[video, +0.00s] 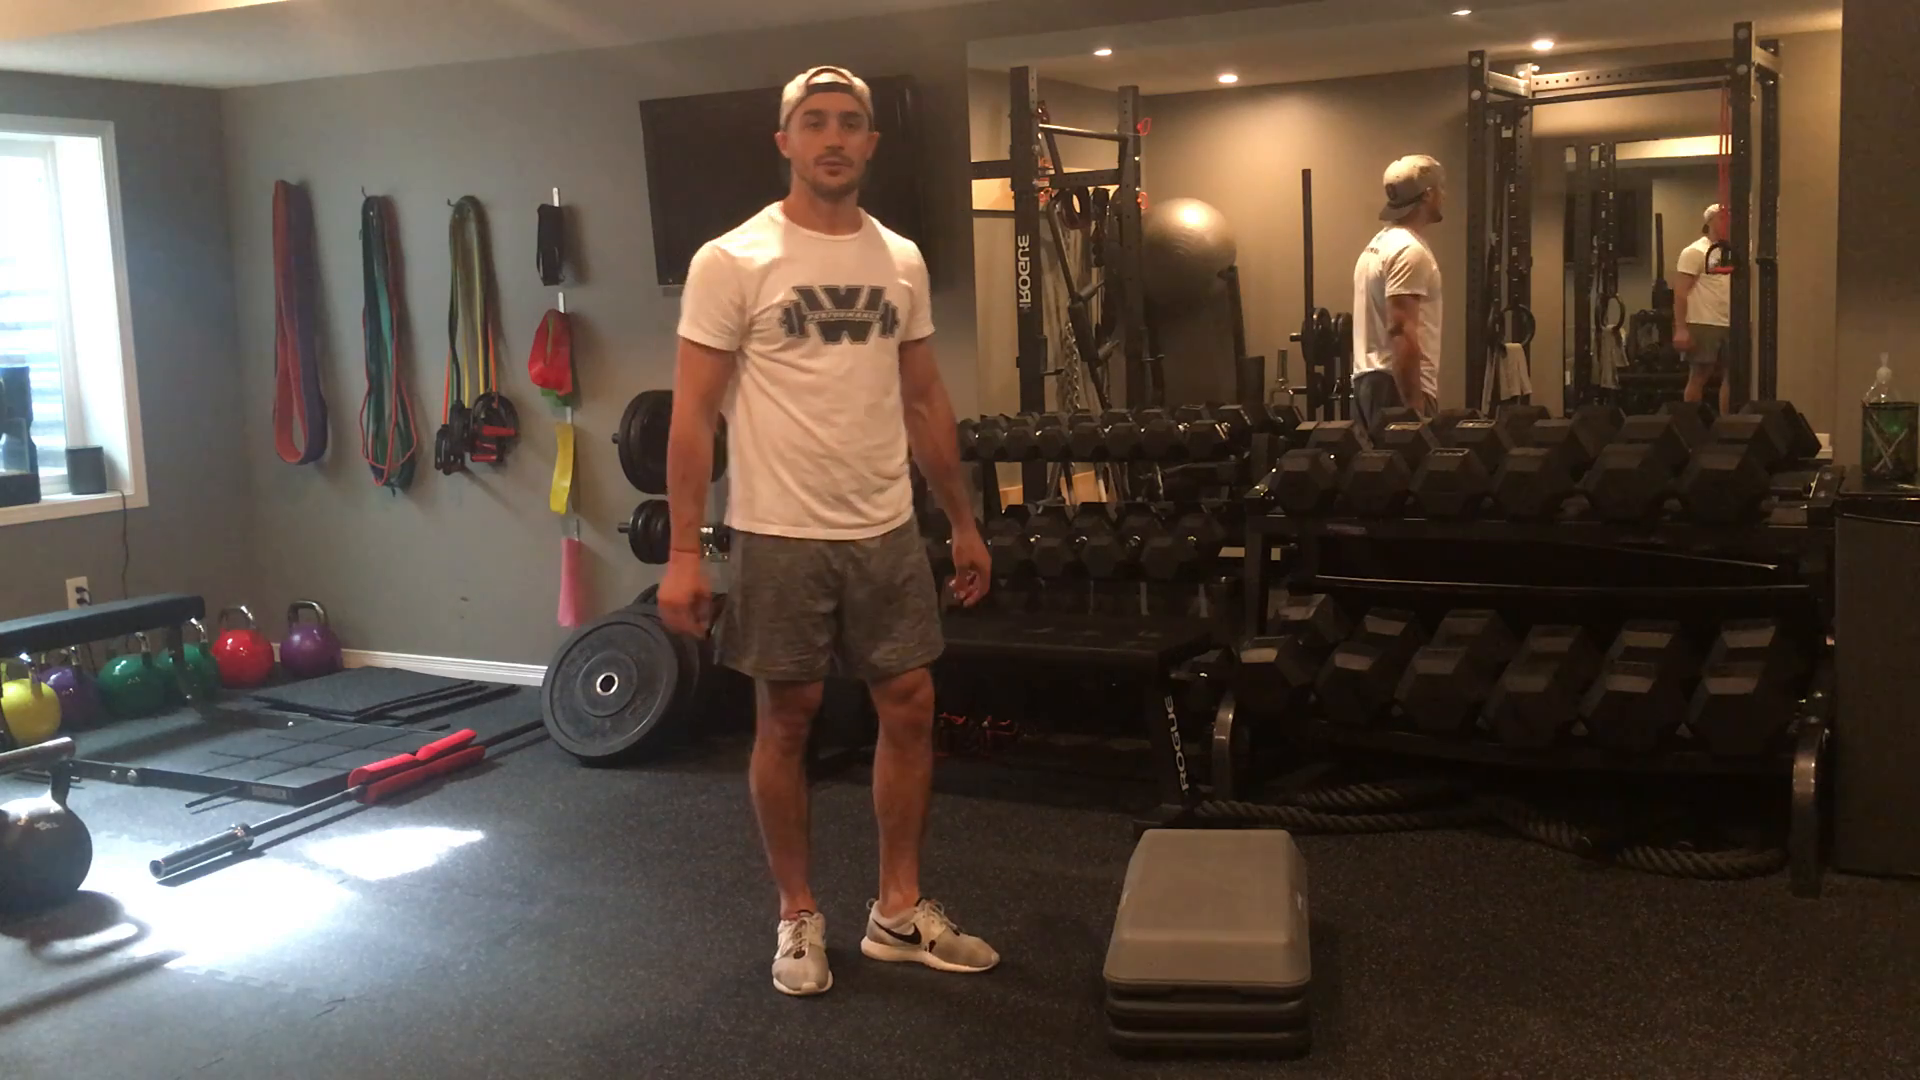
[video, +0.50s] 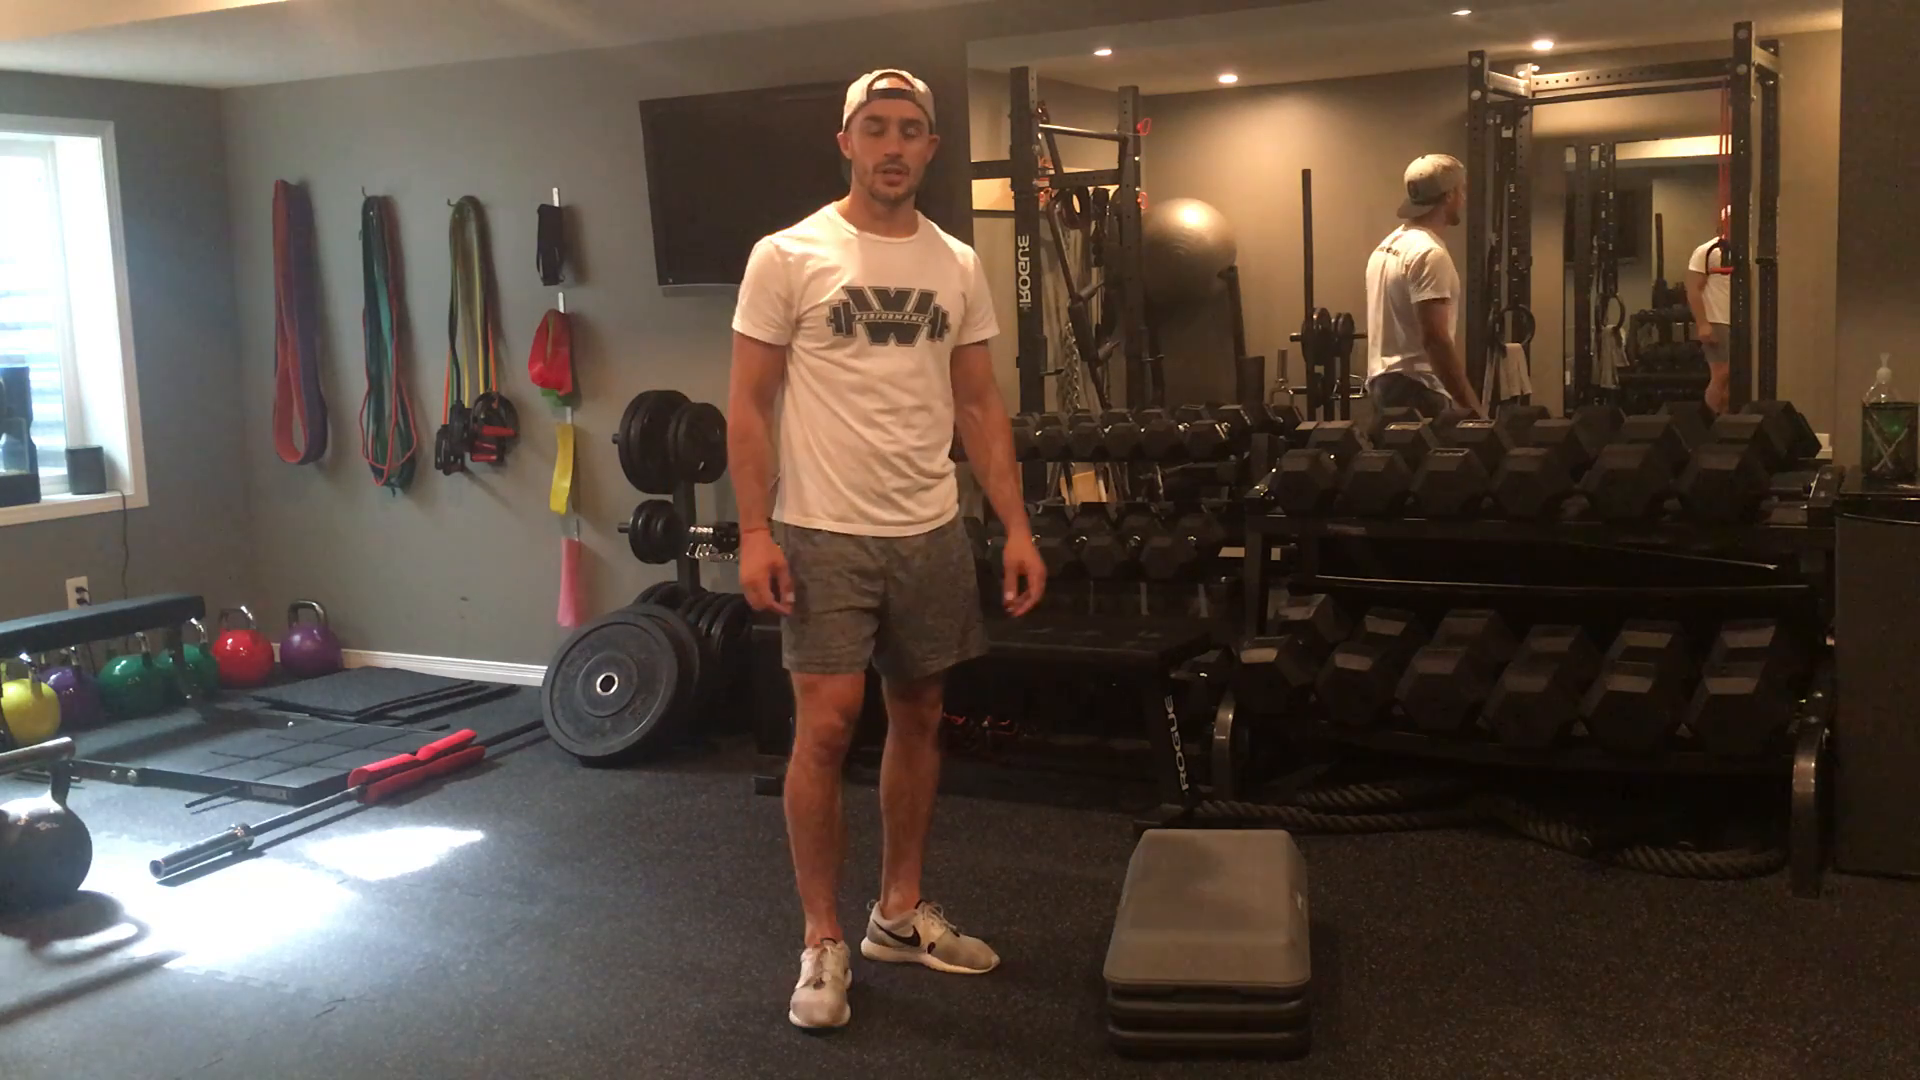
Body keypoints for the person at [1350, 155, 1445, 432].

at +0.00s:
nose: (1443, 196)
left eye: (1442, 189)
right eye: (1440, 189)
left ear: (1399, 197)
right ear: (1428, 195)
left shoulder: (1376, 245)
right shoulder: (1409, 251)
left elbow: (1369, 328)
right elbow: (1401, 331)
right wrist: (1416, 406)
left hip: (1366, 385)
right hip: (1395, 389)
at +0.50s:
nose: (1464, 199)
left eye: (1463, 191)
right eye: (1462, 191)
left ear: (1417, 195)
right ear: (1449, 196)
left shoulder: (1385, 248)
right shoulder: (1428, 253)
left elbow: (1384, 329)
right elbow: (1436, 340)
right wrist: (1473, 408)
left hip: (1383, 388)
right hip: (1417, 392)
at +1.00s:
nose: (1470, 214)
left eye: (1471, 203)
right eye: (1465, 202)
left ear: (1437, 198)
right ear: (1439, 197)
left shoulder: (1390, 247)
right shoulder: (1424, 252)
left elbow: (1391, 335)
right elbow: (1432, 340)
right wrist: (1474, 401)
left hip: (1392, 388)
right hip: (1420, 392)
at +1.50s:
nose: (1472, 213)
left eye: (1473, 203)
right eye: (1468, 201)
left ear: (1441, 196)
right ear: (1444, 196)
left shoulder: (1394, 244)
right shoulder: (1423, 255)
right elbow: (1426, 343)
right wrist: (1462, 403)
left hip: (1393, 386)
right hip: (1418, 392)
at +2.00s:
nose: (1467, 199)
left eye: (1467, 191)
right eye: (1466, 192)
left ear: (1420, 194)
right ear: (1458, 196)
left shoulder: (1389, 249)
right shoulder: (1434, 254)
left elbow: (1387, 328)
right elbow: (1438, 341)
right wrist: (1471, 406)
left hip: (1389, 388)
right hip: (1423, 393)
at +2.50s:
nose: (1464, 196)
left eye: (1463, 188)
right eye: (1462, 188)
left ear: (1418, 197)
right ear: (1451, 193)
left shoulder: (1388, 253)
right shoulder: (1441, 250)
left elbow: (1386, 333)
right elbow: (1451, 338)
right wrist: (1483, 400)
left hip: (1391, 388)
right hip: (1431, 391)